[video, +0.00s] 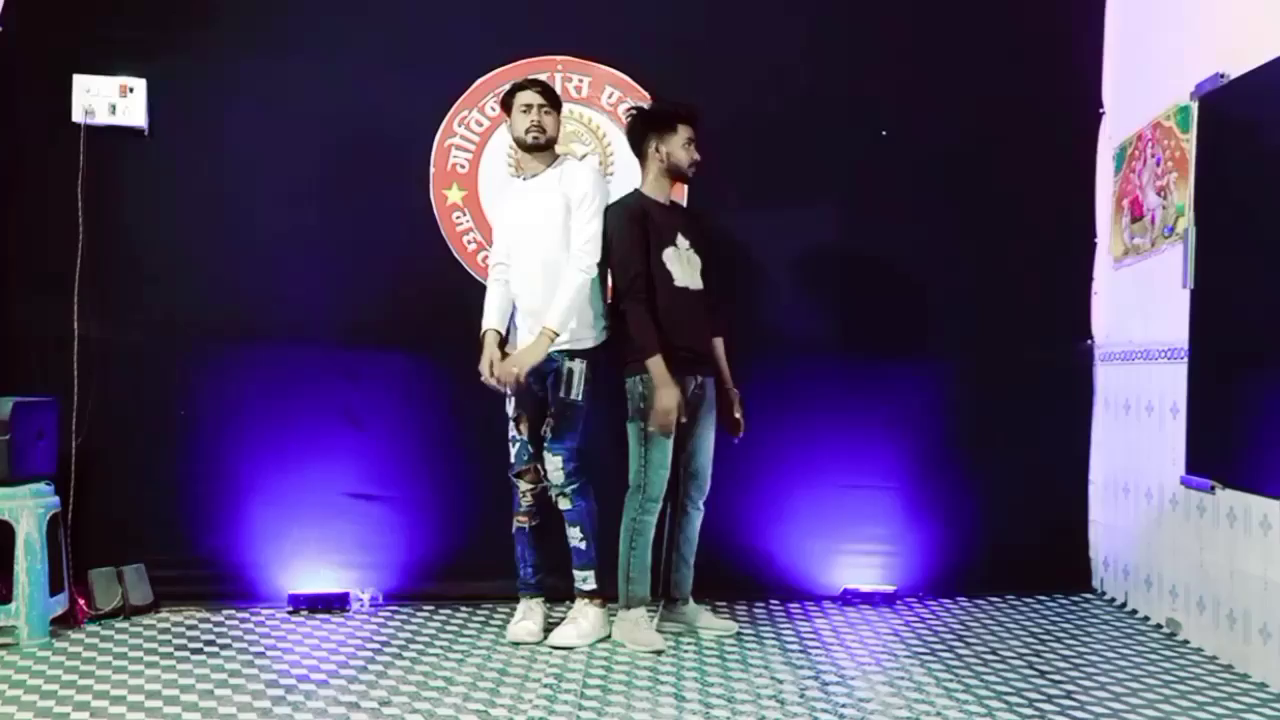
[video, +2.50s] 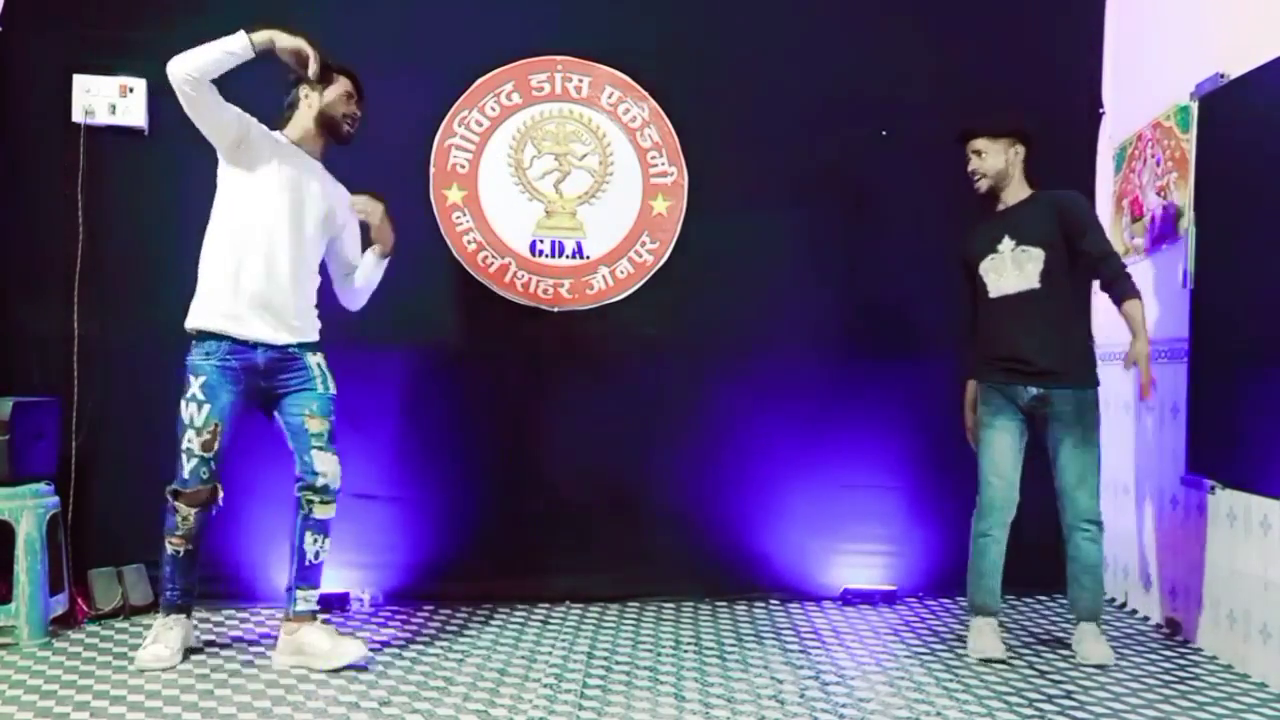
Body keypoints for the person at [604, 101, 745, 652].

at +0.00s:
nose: (694, 152)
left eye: (694, 143)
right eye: (685, 142)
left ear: (676, 151)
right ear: (653, 146)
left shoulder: (693, 222)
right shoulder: (625, 214)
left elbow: (708, 310)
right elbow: (630, 303)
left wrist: (727, 383)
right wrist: (660, 379)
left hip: (699, 376)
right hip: (653, 375)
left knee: (693, 494)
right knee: (648, 494)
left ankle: (680, 603)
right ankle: (632, 610)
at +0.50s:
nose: (743, 162)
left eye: (742, 153)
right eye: (734, 152)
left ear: (717, 161)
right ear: (701, 157)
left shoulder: (727, 230)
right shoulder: (664, 216)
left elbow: (714, 302)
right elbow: (636, 279)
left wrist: (721, 361)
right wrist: (622, 334)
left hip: (707, 380)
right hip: (665, 374)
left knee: (688, 495)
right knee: (692, 492)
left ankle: (636, 602)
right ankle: (632, 604)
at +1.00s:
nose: (909, 205)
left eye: (908, 195)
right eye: (903, 194)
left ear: (871, 201)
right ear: (876, 199)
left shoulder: (842, 241)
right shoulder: (845, 242)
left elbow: (783, 295)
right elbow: (787, 290)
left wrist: (738, 357)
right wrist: (748, 359)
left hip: (771, 376)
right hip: (767, 379)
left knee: (807, 491)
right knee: (801, 493)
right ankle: (722, 608)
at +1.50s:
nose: (1019, 189)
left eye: (1018, 179)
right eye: (1013, 178)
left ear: (982, 184)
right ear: (985, 182)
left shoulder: (955, 232)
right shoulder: (956, 232)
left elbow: (916, 299)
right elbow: (909, 292)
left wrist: (897, 371)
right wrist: (897, 368)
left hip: (900, 382)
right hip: (916, 383)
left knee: (945, 493)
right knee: (980, 489)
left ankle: (908, 611)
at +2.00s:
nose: (991, 170)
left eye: (1002, 160)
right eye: (981, 159)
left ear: (1019, 167)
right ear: (965, 166)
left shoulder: (1035, 234)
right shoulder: (946, 235)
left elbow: (1060, 314)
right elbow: (933, 326)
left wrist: (1079, 385)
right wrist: (944, 408)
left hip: (1050, 388)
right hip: (987, 390)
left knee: (1087, 501)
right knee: (1004, 509)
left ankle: (1041, 610)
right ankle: (983, 621)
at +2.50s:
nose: (971, 166)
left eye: (980, 154)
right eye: (969, 157)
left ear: (1015, 153)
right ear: (979, 163)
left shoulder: (1064, 208)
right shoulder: (978, 235)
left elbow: (1111, 272)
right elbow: (975, 320)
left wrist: (1139, 335)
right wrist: (971, 391)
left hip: (1067, 381)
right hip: (998, 384)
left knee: (1080, 509)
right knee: (994, 504)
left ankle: (1087, 624)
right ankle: (983, 620)